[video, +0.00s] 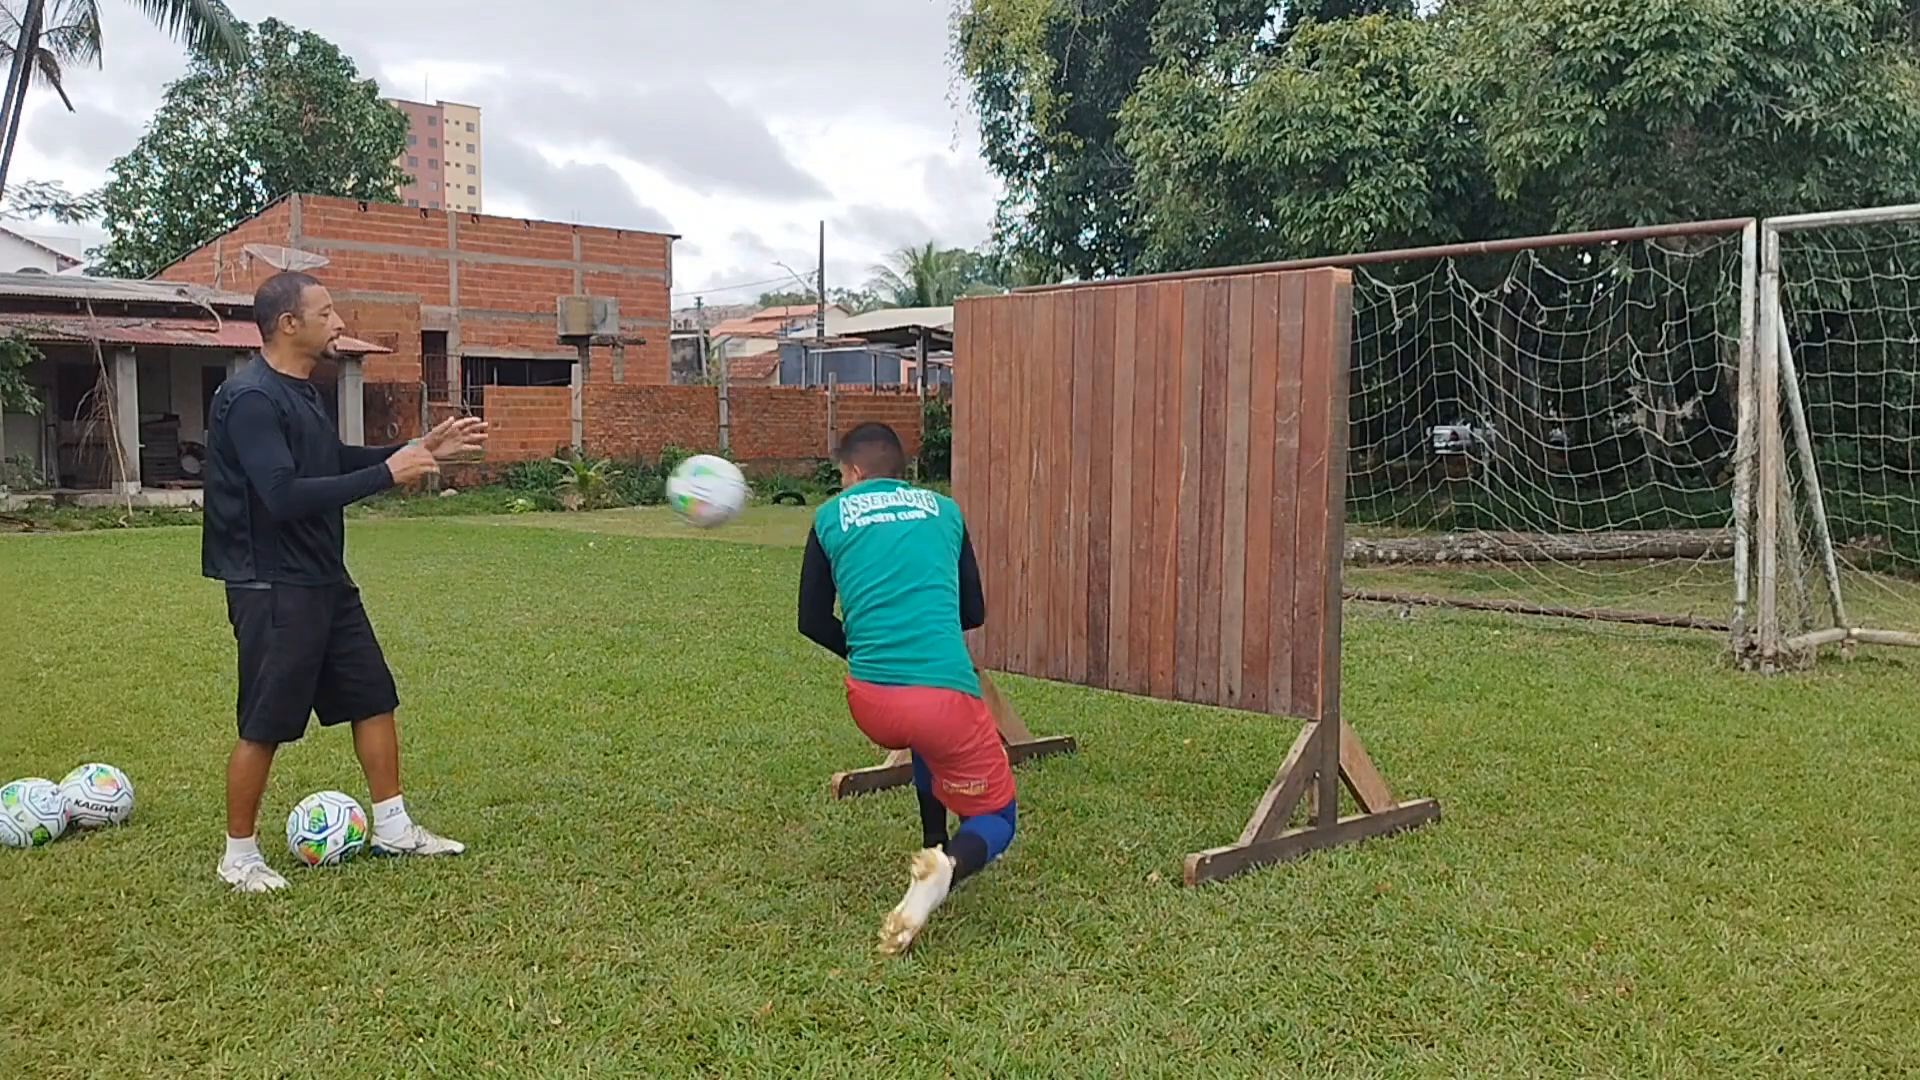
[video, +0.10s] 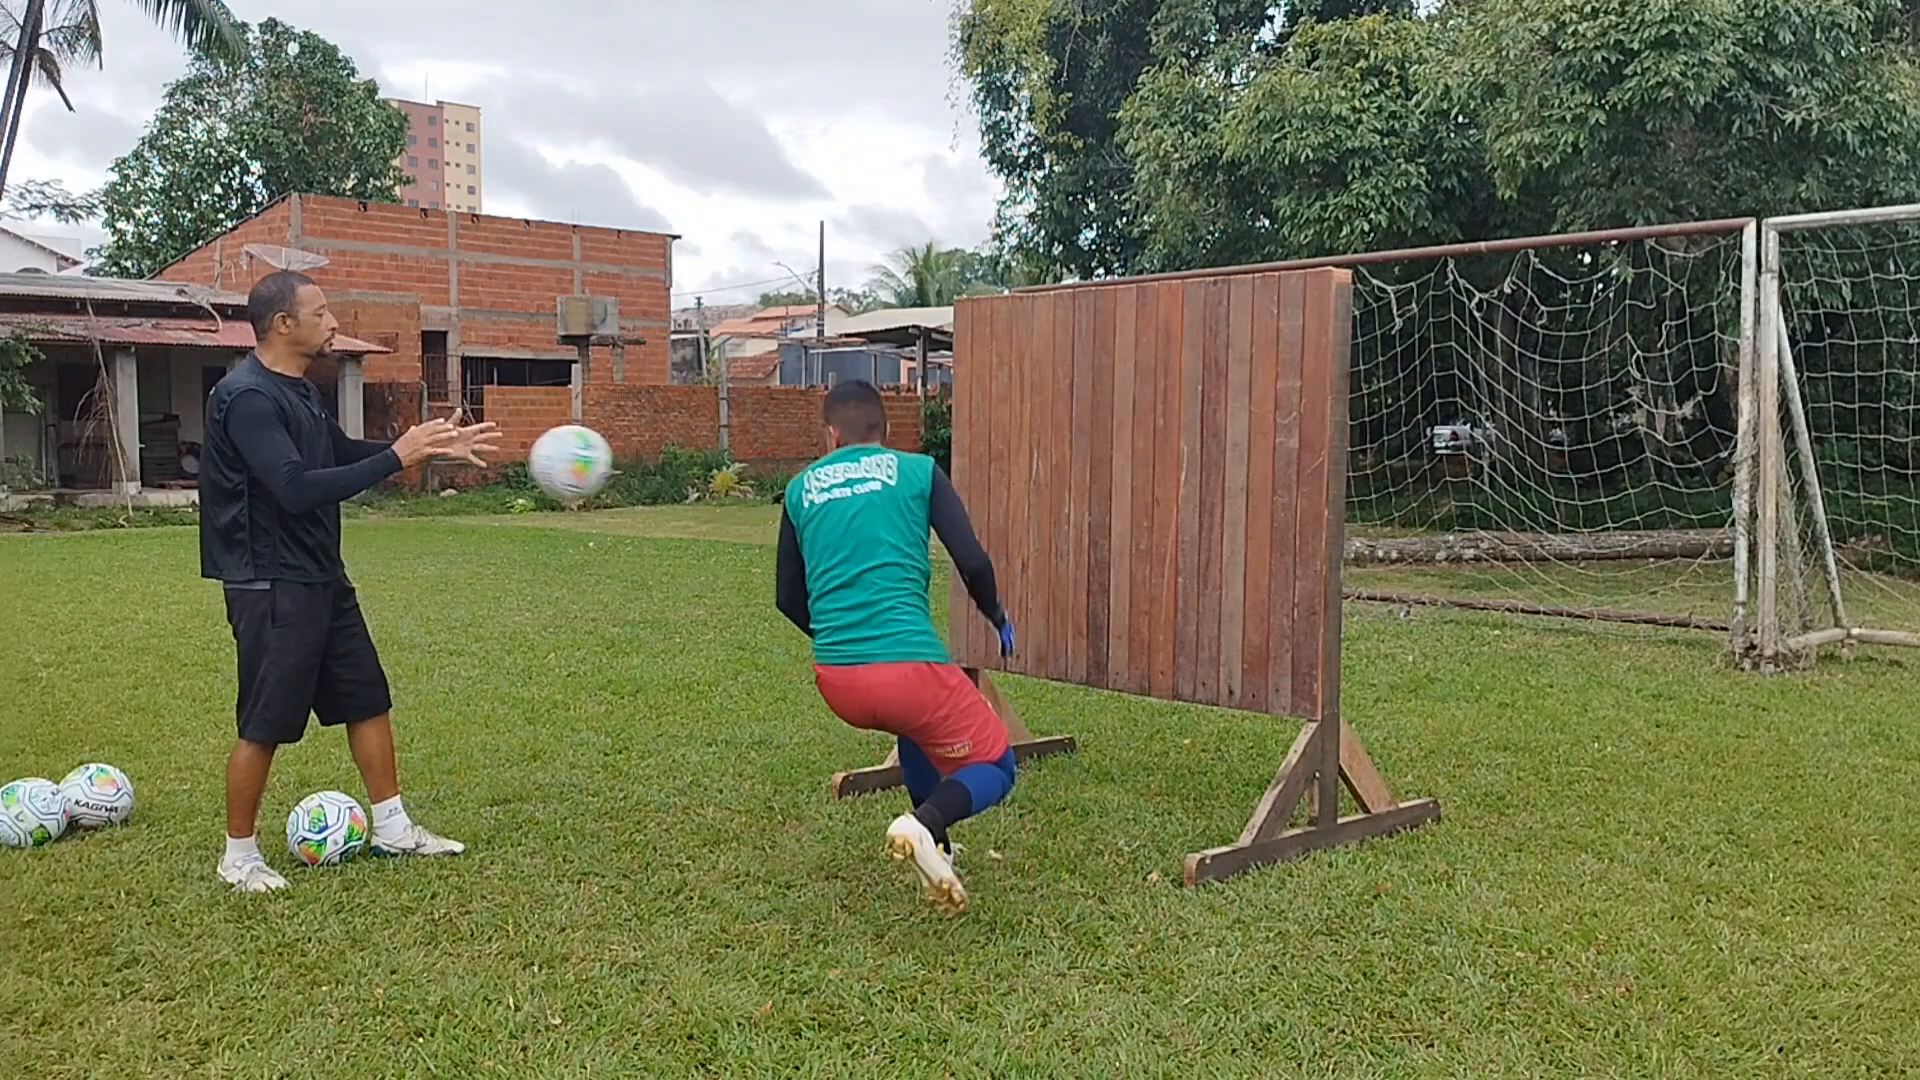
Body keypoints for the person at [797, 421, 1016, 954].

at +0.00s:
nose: (841, 481)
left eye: (841, 473)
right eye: (842, 474)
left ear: (852, 472)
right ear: (902, 469)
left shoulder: (831, 516)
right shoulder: (943, 509)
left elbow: (813, 621)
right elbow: (972, 612)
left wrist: (867, 647)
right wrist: (911, 623)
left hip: (872, 702)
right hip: (944, 704)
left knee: (926, 739)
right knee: (996, 817)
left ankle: (935, 847)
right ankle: (946, 866)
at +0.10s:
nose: (827, 440)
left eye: (826, 434)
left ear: (830, 434)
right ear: (885, 429)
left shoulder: (801, 489)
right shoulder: (920, 470)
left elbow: (789, 597)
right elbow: (973, 562)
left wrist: (836, 632)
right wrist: (996, 616)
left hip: (838, 681)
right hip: (910, 673)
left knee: (915, 729)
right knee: (996, 767)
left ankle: (940, 851)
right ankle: (922, 825)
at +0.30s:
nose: (846, 388)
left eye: (845, 382)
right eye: (846, 380)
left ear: (778, 375)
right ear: (836, 377)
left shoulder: (733, 431)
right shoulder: (846, 426)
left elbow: (723, 541)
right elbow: (864, 539)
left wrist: (790, 551)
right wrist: (894, 555)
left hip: (747, 647)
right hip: (828, 645)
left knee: (829, 707)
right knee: (912, 754)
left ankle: (850, 851)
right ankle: (943, 917)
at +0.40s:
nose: (780, 363)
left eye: (780, 353)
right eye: (779, 353)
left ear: (714, 350)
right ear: (764, 348)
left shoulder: (675, 405)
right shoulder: (763, 385)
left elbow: (710, 509)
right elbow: (736, 444)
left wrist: (790, 532)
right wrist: (793, 537)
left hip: (691, 632)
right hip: (761, 629)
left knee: (772, 735)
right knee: (857, 756)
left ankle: (698, 861)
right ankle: (940, 901)